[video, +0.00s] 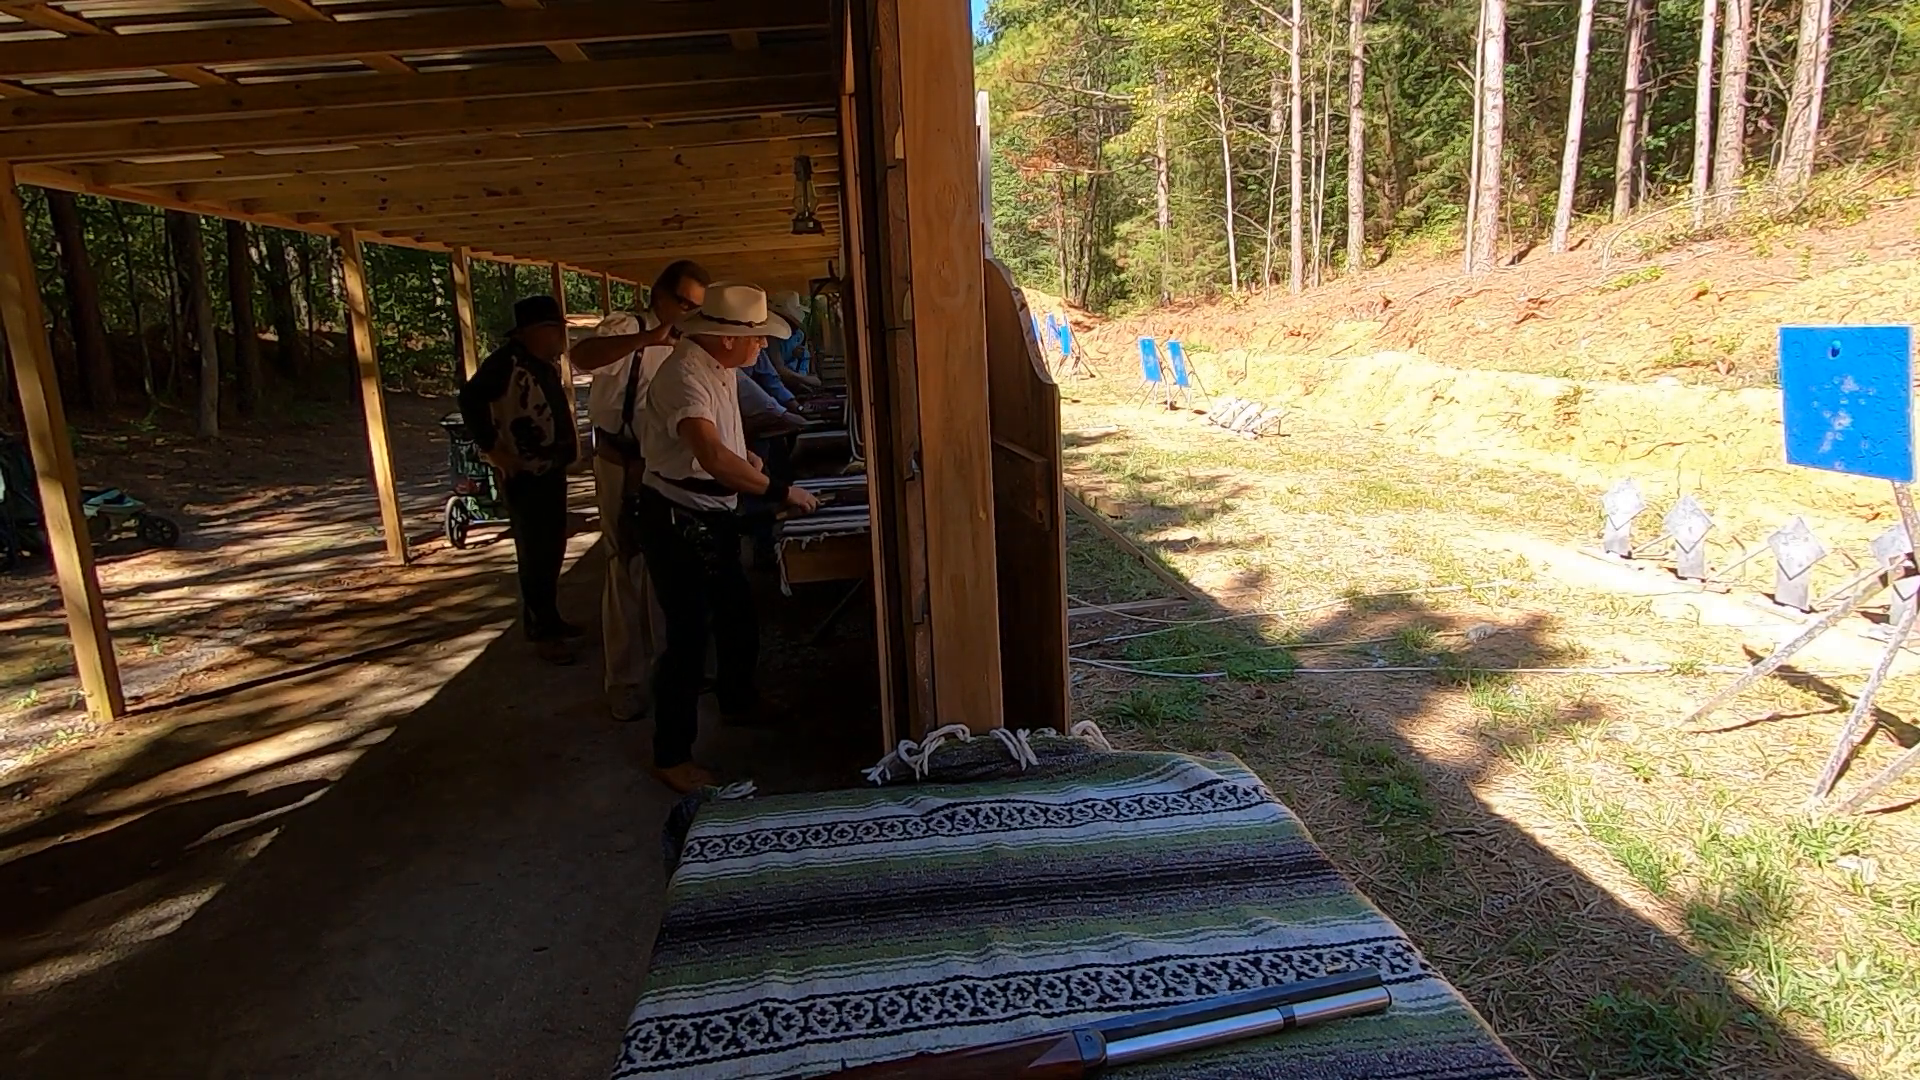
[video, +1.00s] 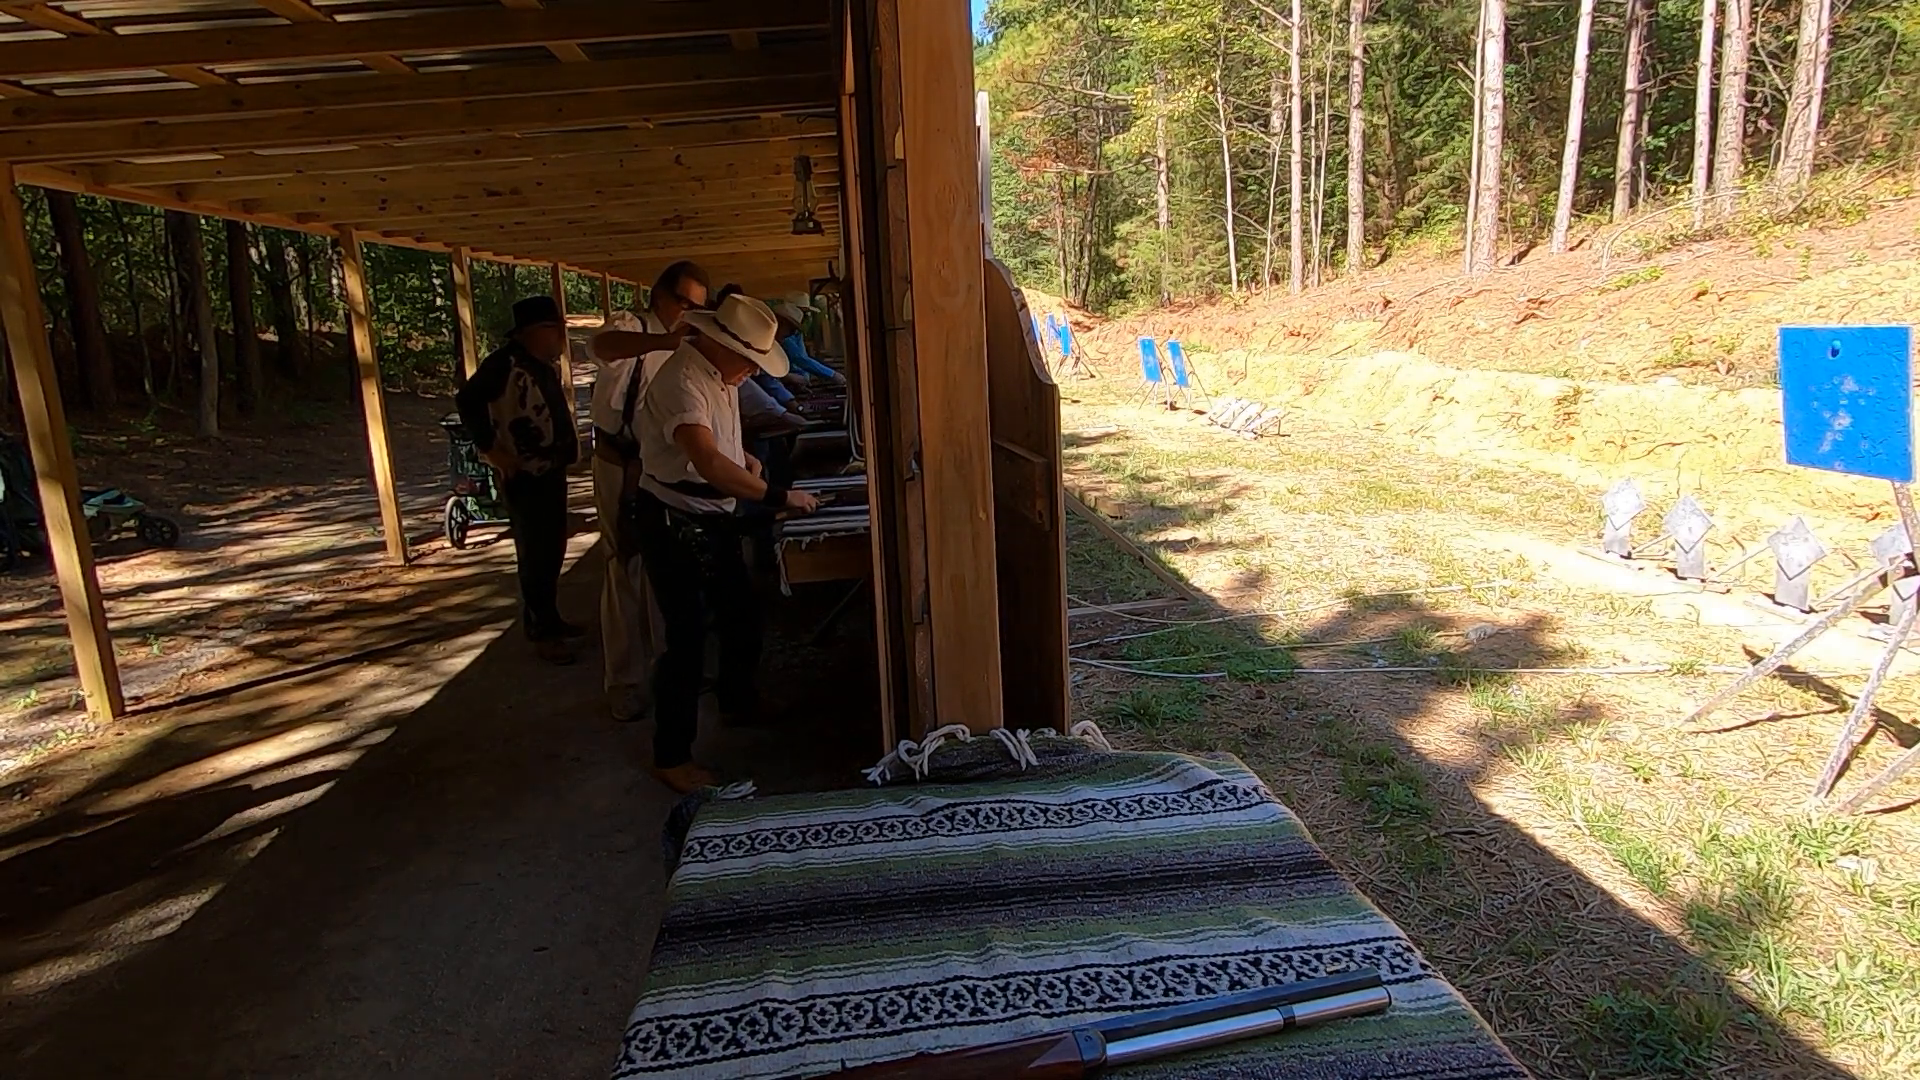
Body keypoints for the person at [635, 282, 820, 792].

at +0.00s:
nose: (762, 349)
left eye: (762, 340)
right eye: (758, 339)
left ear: (726, 337)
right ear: (731, 338)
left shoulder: (719, 373)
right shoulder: (686, 373)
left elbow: (728, 448)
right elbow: (711, 455)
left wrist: (764, 478)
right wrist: (780, 491)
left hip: (716, 515)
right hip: (677, 518)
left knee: (735, 617)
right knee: (688, 637)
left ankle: (740, 708)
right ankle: (672, 757)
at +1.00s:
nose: (751, 374)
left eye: (755, 366)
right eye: (749, 364)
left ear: (724, 349)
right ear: (722, 347)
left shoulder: (719, 377)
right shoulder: (680, 378)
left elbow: (721, 441)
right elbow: (706, 459)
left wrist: (744, 462)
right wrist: (778, 495)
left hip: (716, 517)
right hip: (673, 520)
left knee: (739, 615)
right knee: (687, 637)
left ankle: (740, 708)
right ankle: (672, 757)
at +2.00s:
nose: (756, 374)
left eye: (760, 367)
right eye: (755, 365)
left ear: (727, 348)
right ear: (730, 349)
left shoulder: (720, 378)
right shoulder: (685, 377)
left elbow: (723, 444)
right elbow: (707, 458)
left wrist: (747, 466)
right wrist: (777, 495)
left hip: (716, 516)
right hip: (673, 520)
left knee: (740, 614)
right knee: (689, 636)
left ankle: (739, 708)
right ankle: (672, 757)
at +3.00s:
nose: (757, 374)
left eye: (761, 367)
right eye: (755, 364)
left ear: (728, 349)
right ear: (729, 348)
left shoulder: (722, 377)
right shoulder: (685, 378)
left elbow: (727, 446)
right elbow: (709, 460)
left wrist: (755, 474)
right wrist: (780, 496)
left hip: (717, 516)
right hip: (672, 519)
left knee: (743, 611)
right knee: (689, 634)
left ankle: (739, 704)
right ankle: (672, 756)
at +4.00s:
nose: (757, 355)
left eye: (760, 346)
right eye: (753, 344)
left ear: (727, 335)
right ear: (725, 333)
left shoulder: (717, 362)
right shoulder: (686, 353)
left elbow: (722, 424)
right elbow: (724, 409)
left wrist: (751, 450)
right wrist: (786, 423)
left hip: (717, 512)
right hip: (672, 513)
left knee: (737, 613)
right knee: (689, 632)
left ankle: (740, 706)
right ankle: (673, 756)